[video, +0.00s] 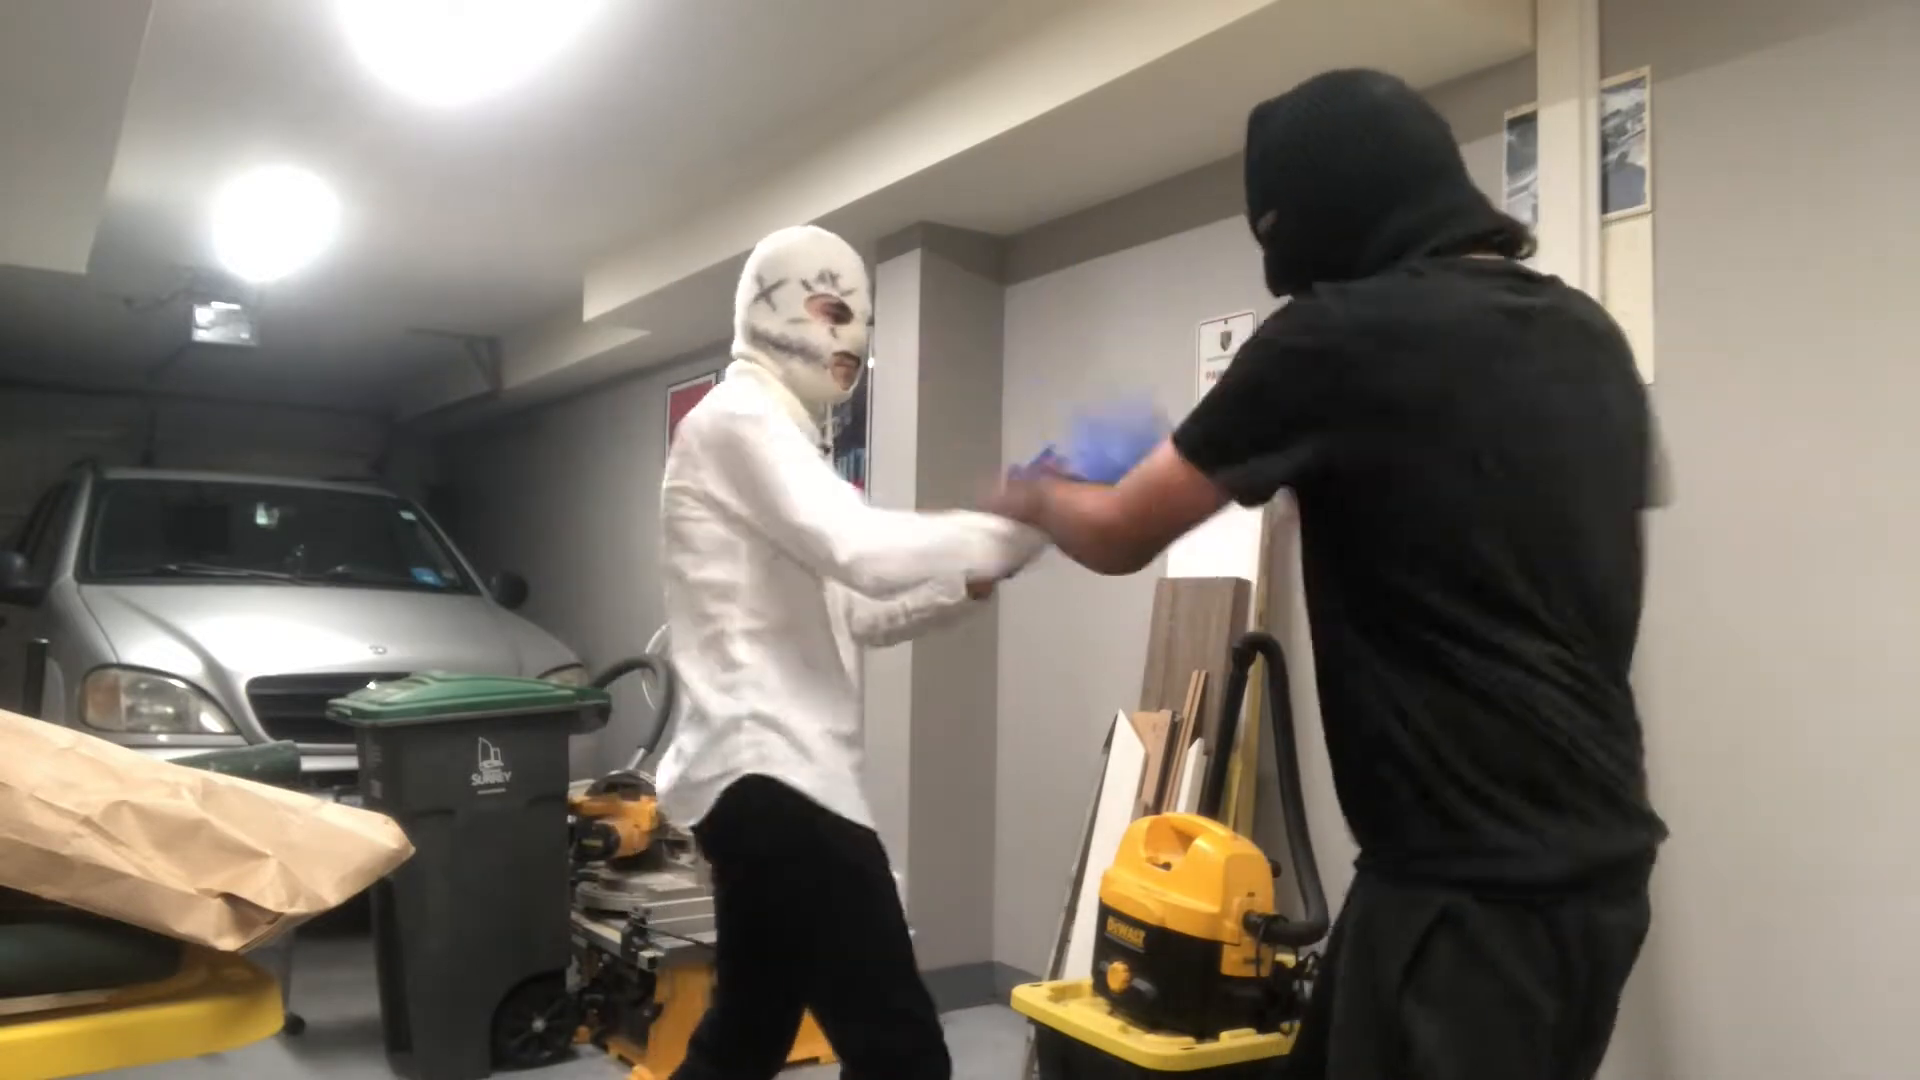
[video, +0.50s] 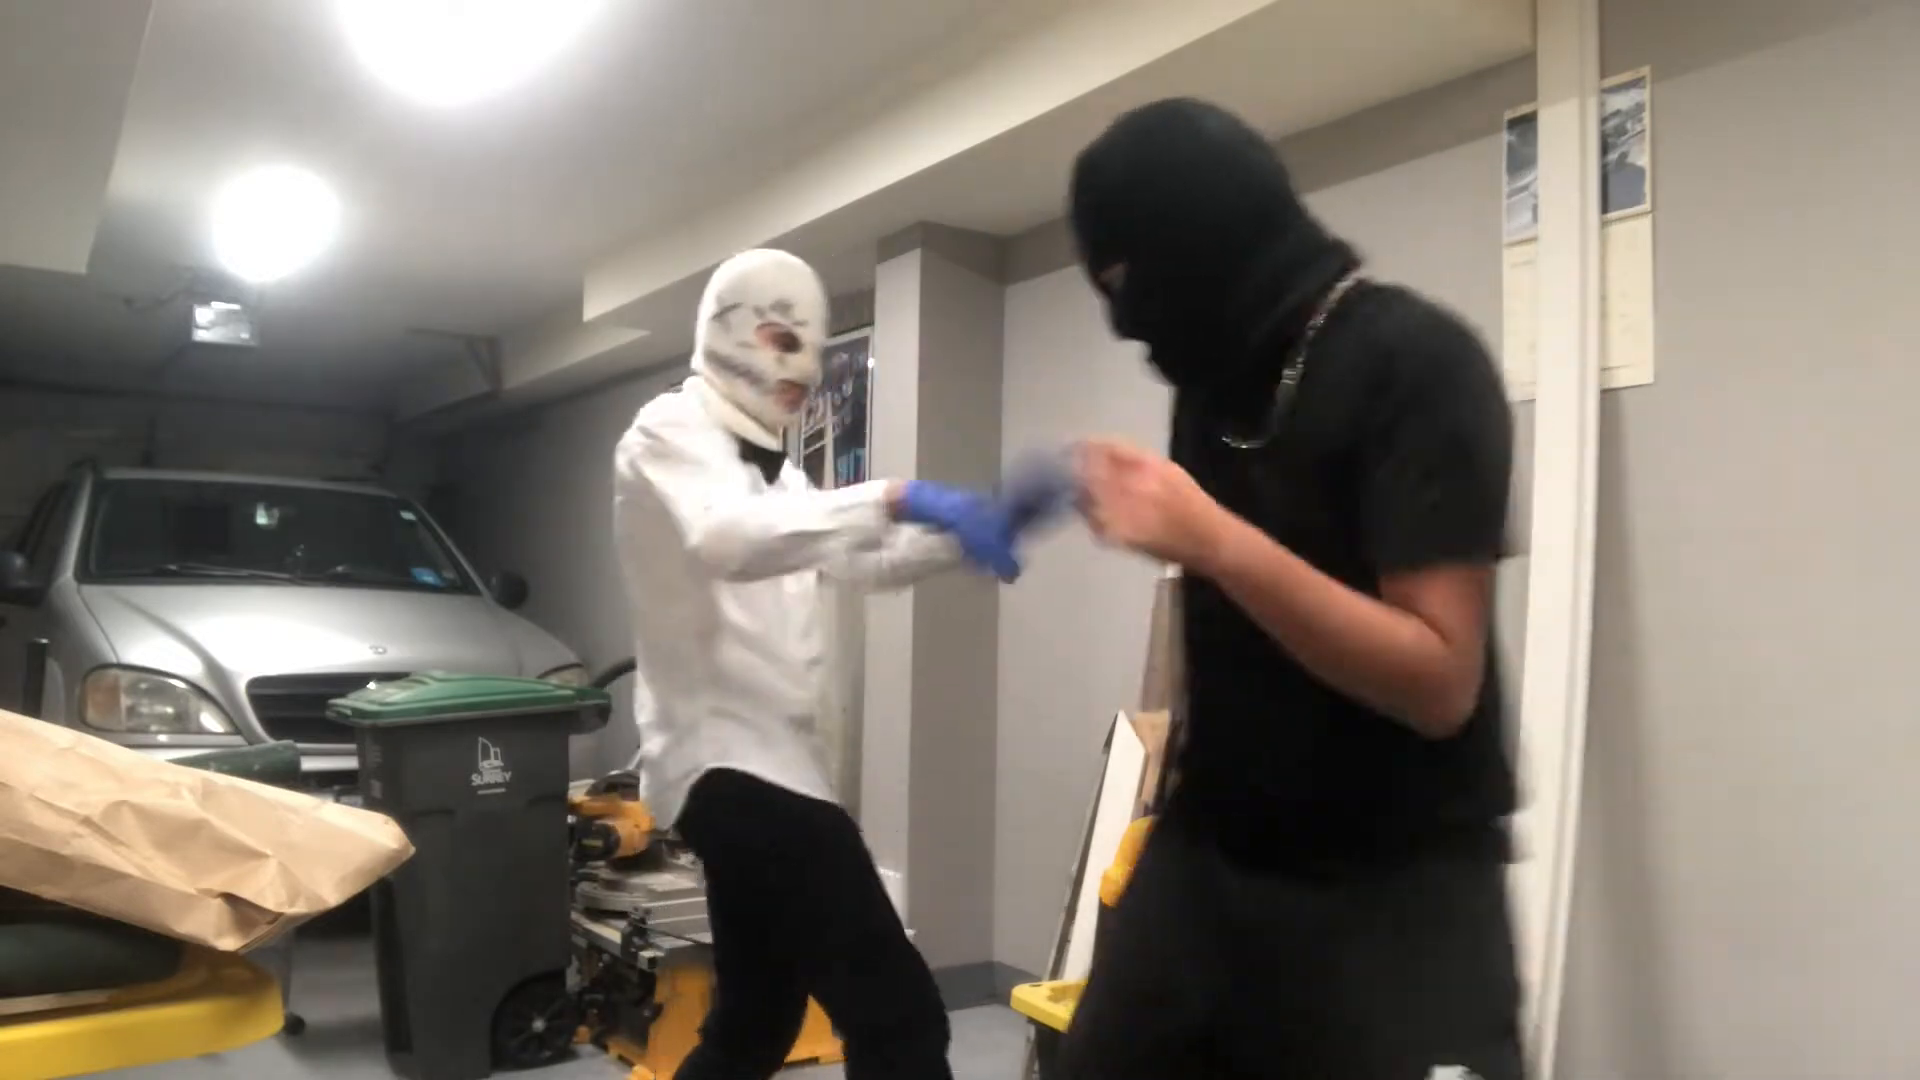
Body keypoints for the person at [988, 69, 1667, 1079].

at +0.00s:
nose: (1268, 248)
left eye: (1269, 219)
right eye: (1263, 221)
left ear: (1310, 207)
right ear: (1431, 173)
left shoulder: (1331, 337)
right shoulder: (1584, 329)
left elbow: (1115, 533)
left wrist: (1040, 495)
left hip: (1449, 894)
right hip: (1599, 883)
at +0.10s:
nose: (1251, 251)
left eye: (1251, 226)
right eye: (1246, 230)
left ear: (1295, 207)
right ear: (1399, 169)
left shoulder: (1340, 318)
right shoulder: (1545, 310)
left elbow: (1136, 541)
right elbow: (1374, 444)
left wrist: (1087, 515)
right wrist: (1202, 369)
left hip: (1447, 877)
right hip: (1575, 865)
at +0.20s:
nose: (1244, 262)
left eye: (1244, 229)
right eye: (1233, 236)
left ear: (1306, 191)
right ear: (1340, 179)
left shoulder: (1437, 286)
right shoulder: (1387, 290)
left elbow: (1195, 529)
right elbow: (1231, 423)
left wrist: (1126, 489)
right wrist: (1081, 502)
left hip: (1512, 827)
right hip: (1405, 810)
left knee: (1427, 1061)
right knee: (1327, 1054)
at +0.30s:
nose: (1210, 266)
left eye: (1218, 231)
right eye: (1200, 238)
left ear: (1292, 201)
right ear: (1295, 206)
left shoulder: (1481, 296)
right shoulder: (1304, 340)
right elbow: (1225, 470)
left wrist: (1229, 502)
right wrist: (1114, 614)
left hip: (1484, 829)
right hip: (1332, 812)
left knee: (1449, 1059)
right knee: (1279, 1055)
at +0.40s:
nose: (1163, 300)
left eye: (1170, 260)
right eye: (1151, 268)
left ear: (1246, 224)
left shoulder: (1471, 339)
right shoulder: (1258, 378)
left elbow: (1472, 612)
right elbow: (1249, 584)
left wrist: (1207, 492)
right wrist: (1215, 713)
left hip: (1465, 867)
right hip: (1283, 839)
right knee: (1156, 1054)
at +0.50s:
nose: (1119, 317)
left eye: (1123, 277)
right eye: (1106, 286)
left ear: (1199, 241)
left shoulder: (1415, 360)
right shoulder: (1218, 385)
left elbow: (1443, 681)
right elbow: (1225, 644)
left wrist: (1205, 535)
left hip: (1393, 911)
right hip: (1204, 883)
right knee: (1107, 1060)